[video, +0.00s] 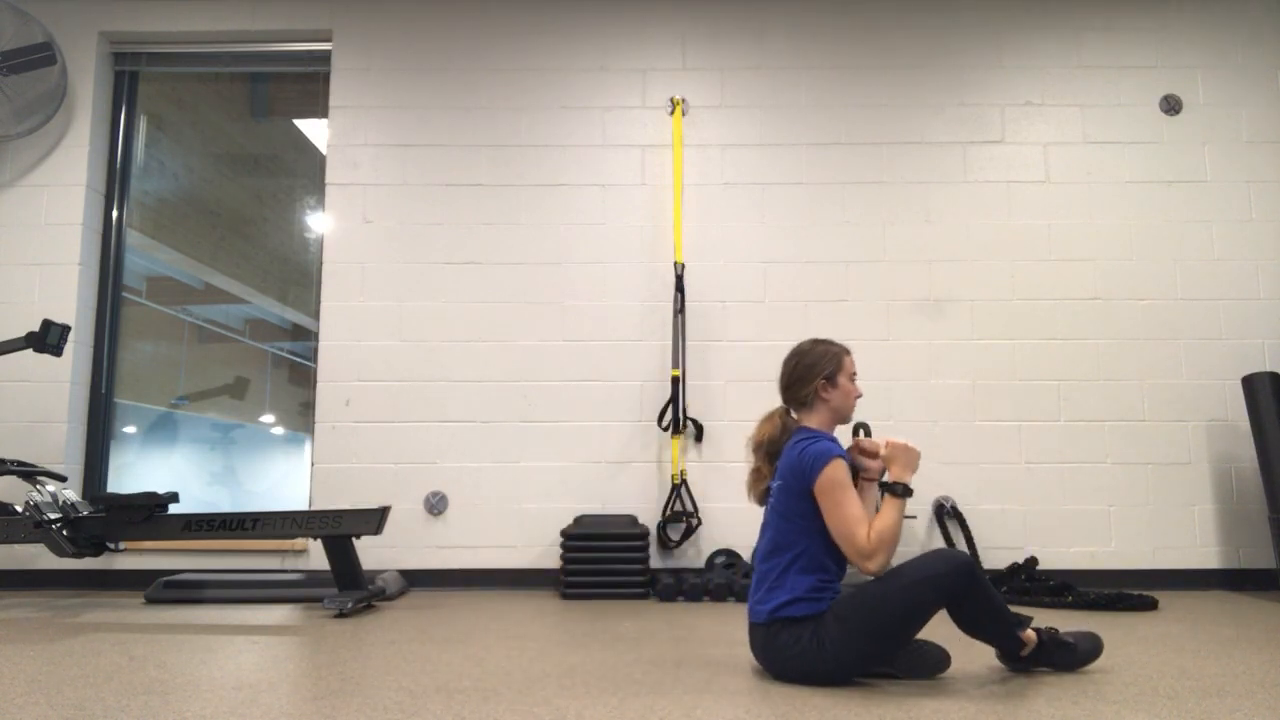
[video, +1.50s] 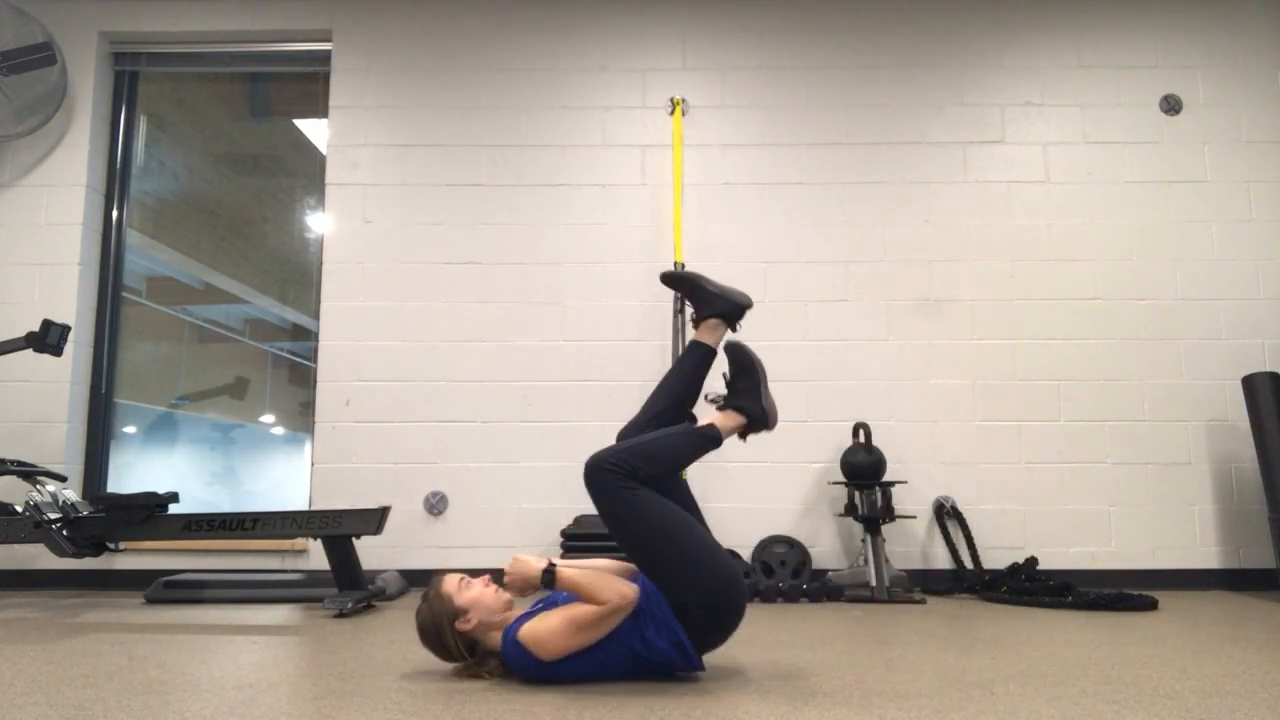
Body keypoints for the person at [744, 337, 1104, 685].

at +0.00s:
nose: (858, 389)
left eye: (855, 379)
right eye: (852, 380)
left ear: (817, 390)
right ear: (824, 388)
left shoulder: (803, 446)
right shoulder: (818, 451)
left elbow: (852, 553)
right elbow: (872, 557)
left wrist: (867, 479)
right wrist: (898, 479)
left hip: (785, 631)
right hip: (799, 639)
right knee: (952, 566)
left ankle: (879, 651)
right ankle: (1023, 642)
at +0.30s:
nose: (796, 390)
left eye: (791, 379)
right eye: (786, 381)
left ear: (756, 396)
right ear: (760, 395)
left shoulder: (754, 456)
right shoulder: (762, 460)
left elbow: (818, 547)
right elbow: (832, 551)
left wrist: (819, 475)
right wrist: (846, 471)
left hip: (787, 632)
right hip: (789, 642)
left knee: (936, 557)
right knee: (943, 557)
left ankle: (868, 656)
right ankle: (1021, 643)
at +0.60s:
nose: (695, 416)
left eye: (688, 406)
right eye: (683, 409)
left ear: (655, 431)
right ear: (660, 430)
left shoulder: (668, 485)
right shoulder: (676, 493)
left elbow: (746, 560)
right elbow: (763, 568)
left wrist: (735, 492)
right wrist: (753, 488)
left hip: (756, 634)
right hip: (767, 644)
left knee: (830, 533)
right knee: (898, 523)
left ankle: (865, 637)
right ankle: (998, 626)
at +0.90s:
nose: (593, 481)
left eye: (587, 473)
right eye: (581, 478)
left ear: (559, 503)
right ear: (558, 504)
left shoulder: (587, 545)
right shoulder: (600, 552)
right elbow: (703, 588)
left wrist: (651, 510)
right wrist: (667, 518)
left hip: (730, 635)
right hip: (746, 647)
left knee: (783, 494)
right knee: (820, 485)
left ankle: (886, 603)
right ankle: (973, 533)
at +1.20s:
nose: (517, 552)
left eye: (506, 547)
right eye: (502, 554)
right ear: (492, 589)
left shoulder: (551, 606)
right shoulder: (548, 622)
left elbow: (653, 603)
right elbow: (657, 603)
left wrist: (583, 563)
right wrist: (591, 559)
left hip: (715, 629)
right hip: (723, 639)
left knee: (679, 468)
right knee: (679, 467)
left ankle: (798, 404)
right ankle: (810, 416)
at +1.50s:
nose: (481, 578)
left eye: (469, 577)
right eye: (467, 585)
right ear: (466, 625)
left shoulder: (532, 617)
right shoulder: (528, 641)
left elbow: (630, 569)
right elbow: (622, 598)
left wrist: (548, 570)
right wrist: (547, 571)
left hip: (689, 591)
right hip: (701, 609)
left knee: (629, 451)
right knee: (604, 471)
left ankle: (711, 325)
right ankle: (736, 416)